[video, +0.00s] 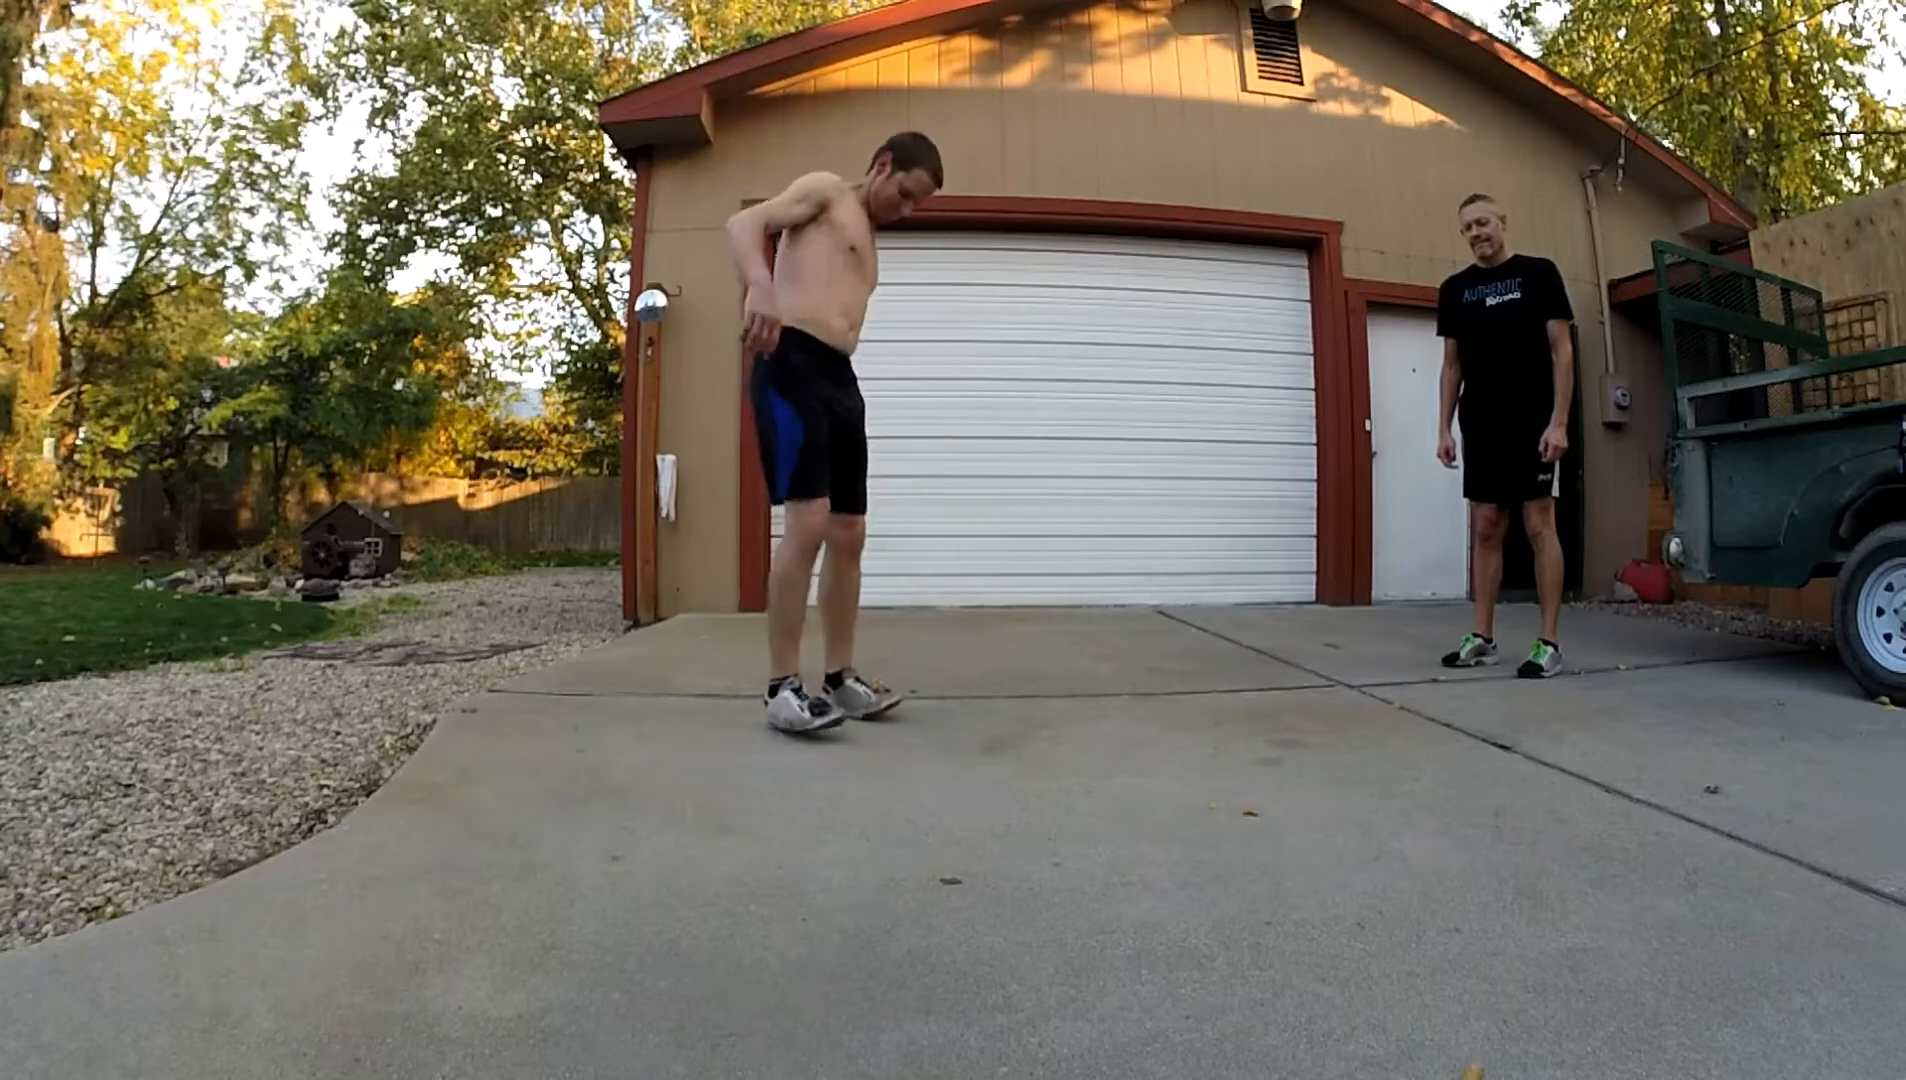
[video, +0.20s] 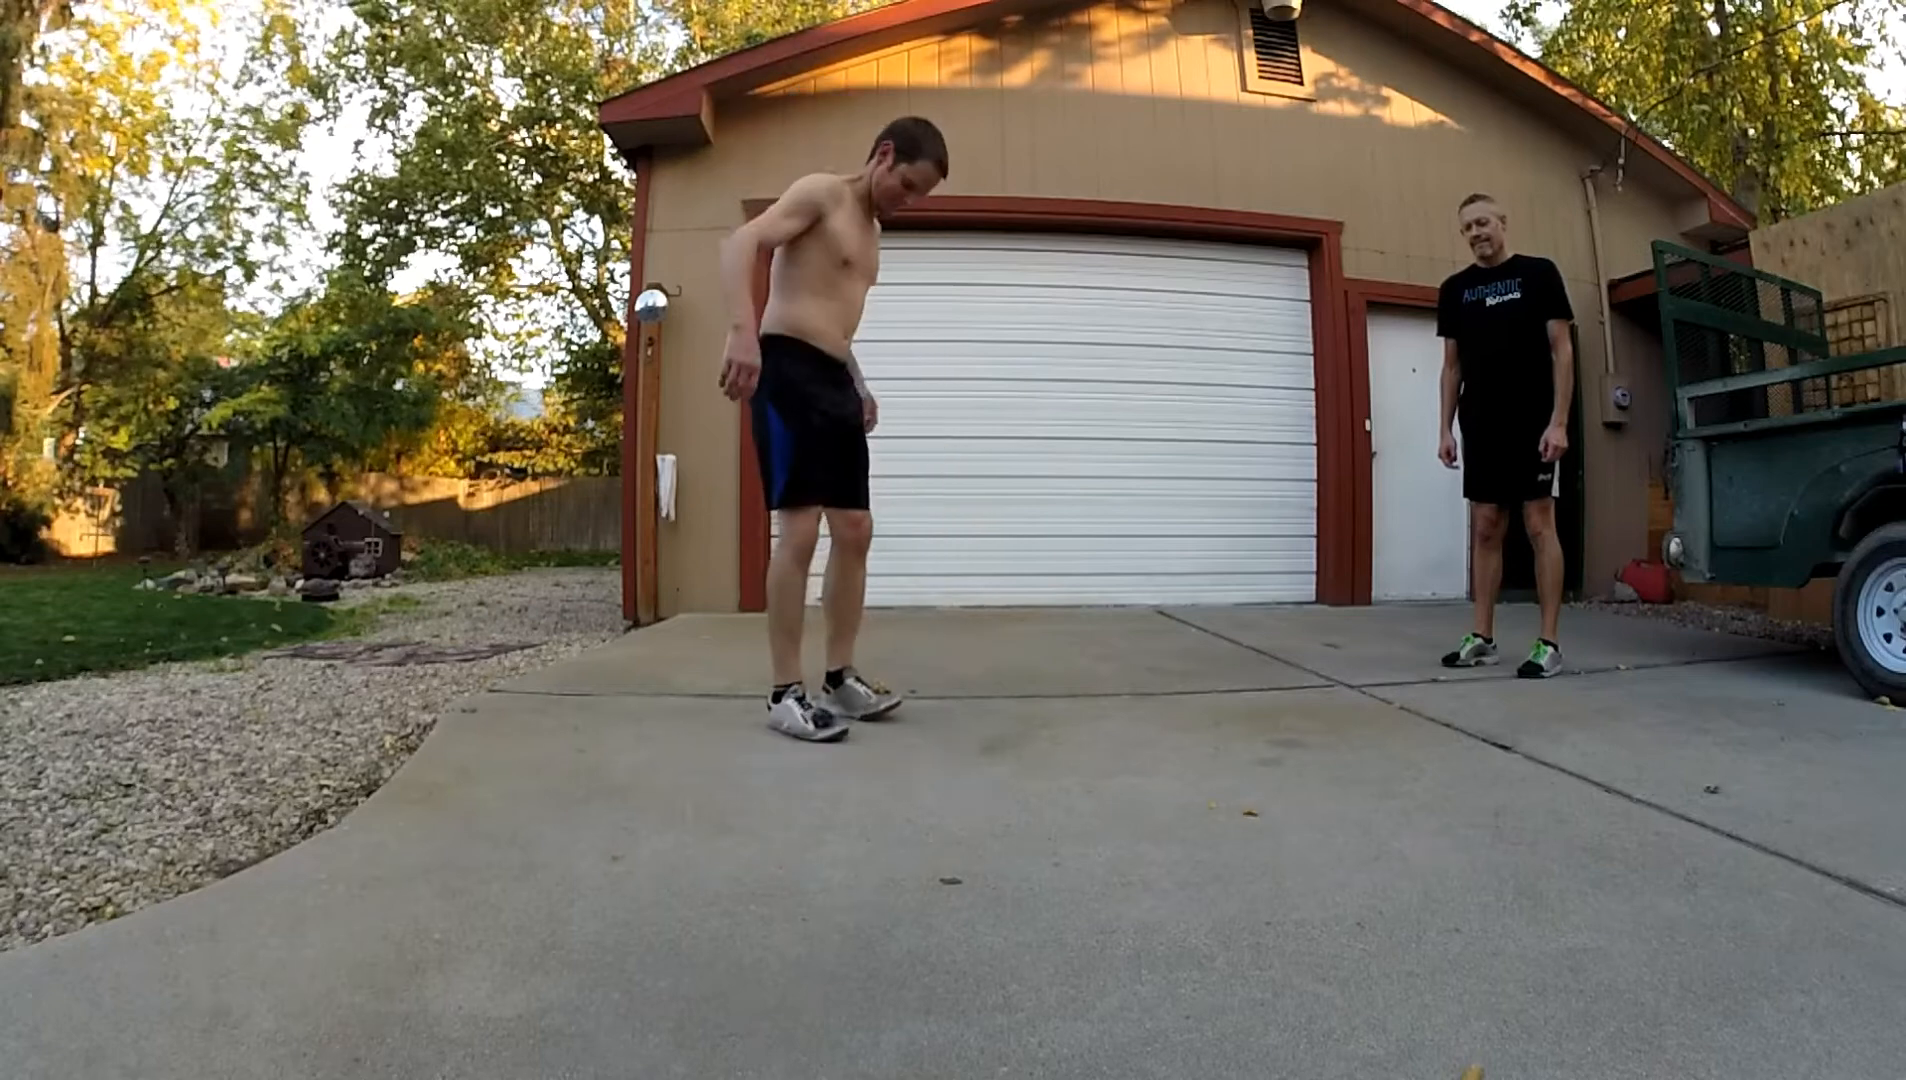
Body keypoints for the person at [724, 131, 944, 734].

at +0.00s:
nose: (907, 211)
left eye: (915, 204)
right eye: (907, 196)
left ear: (898, 185)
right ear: (883, 166)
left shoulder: (866, 234)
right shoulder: (827, 187)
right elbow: (744, 222)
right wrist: (761, 284)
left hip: (838, 372)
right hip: (792, 360)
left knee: (848, 532)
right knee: (808, 523)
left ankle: (839, 680)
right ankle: (783, 690)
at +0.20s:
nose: (909, 202)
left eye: (920, 194)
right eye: (908, 186)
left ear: (916, 183)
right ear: (881, 156)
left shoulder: (869, 229)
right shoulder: (822, 191)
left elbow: (830, 321)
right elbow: (741, 242)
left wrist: (857, 385)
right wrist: (743, 332)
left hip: (835, 381)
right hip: (786, 368)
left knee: (854, 531)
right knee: (798, 533)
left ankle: (838, 679)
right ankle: (786, 694)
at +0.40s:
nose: (912, 202)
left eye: (924, 194)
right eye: (911, 187)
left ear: (926, 182)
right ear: (886, 156)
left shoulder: (881, 219)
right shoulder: (822, 196)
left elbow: (841, 310)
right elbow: (740, 258)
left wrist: (856, 377)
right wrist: (748, 346)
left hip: (843, 379)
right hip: (790, 369)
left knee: (853, 528)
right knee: (795, 531)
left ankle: (842, 678)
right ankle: (786, 695)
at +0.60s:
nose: (920, 205)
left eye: (932, 197)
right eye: (917, 190)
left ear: (940, 188)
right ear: (893, 162)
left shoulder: (901, 239)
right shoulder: (833, 200)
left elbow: (871, 321)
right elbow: (747, 253)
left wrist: (878, 398)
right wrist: (757, 327)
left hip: (855, 385)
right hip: (797, 370)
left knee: (868, 531)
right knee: (813, 522)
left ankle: (847, 682)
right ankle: (791, 688)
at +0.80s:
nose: (930, 217)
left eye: (943, 210)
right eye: (928, 200)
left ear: (955, 205)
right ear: (908, 171)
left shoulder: (921, 254)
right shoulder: (842, 202)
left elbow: (904, 332)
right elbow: (750, 231)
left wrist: (915, 407)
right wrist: (746, 303)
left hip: (844, 372)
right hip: (784, 347)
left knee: (844, 525)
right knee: (834, 372)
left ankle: (842, 679)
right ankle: (837, 529)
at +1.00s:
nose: (919, 207)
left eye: (933, 200)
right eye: (916, 191)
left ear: (946, 197)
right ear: (897, 166)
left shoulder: (920, 253)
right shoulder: (837, 202)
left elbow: (913, 333)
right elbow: (743, 216)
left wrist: (932, 404)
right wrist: (722, 274)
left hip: (849, 391)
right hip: (786, 369)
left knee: (853, 529)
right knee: (814, 297)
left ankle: (843, 680)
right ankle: (899, 453)